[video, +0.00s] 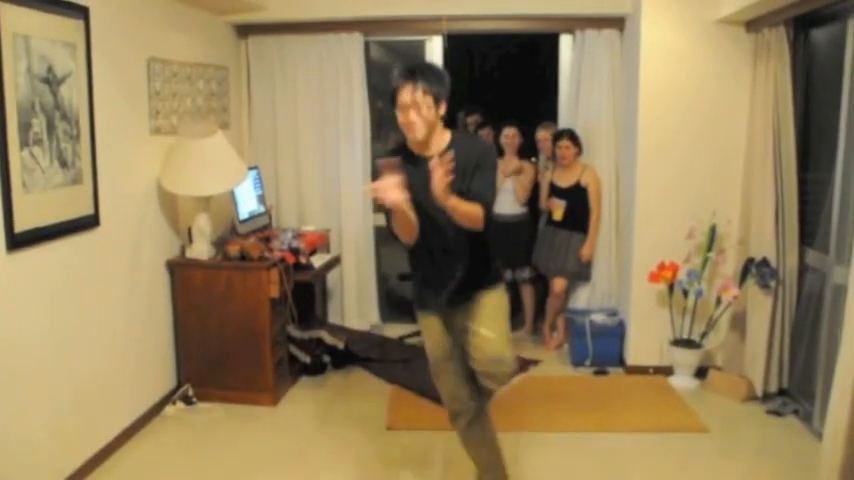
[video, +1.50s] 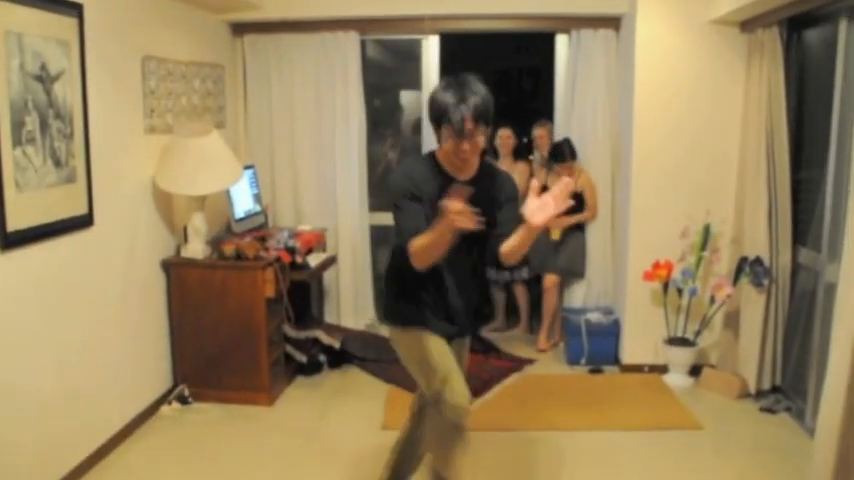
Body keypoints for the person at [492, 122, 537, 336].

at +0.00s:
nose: (509, 140)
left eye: (513, 136)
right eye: (506, 136)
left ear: (520, 140)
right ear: (500, 140)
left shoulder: (527, 167)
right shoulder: (495, 165)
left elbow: (523, 196)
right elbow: (491, 192)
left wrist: (515, 175)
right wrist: (501, 175)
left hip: (519, 218)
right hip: (497, 218)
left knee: (523, 274)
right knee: (500, 274)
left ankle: (528, 324)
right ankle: (500, 321)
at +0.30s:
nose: (507, 140)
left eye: (511, 136)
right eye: (503, 136)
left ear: (518, 140)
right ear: (497, 140)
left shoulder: (525, 167)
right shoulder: (489, 166)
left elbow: (522, 197)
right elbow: (485, 195)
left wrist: (513, 178)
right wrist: (501, 179)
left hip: (518, 220)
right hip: (496, 220)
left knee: (522, 276)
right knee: (500, 277)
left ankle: (527, 324)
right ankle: (501, 320)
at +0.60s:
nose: (506, 141)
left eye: (510, 137)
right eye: (502, 137)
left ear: (517, 140)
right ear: (497, 140)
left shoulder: (524, 167)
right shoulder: (490, 165)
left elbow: (520, 198)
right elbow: (483, 193)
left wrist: (513, 176)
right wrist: (502, 178)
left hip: (517, 220)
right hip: (495, 219)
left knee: (522, 276)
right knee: (499, 276)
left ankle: (526, 324)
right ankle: (500, 320)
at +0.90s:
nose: (504, 143)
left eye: (508, 139)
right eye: (500, 139)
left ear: (516, 142)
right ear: (495, 142)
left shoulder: (523, 167)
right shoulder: (489, 165)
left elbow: (520, 199)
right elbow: (485, 194)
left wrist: (510, 179)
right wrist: (501, 178)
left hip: (516, 220)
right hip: (494, 220)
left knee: (521, 276)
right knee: (499, 277)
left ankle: (525, 324)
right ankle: (500, 320)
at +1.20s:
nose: (505, 142)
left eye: (508, 137)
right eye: (501, 137)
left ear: (515, 140)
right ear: (494, 141)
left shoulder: (524, 166)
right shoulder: (489, 167)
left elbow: (518, 191)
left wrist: (510, 165)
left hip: (519, 228)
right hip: (497, 229)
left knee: (521, 277)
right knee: (500, 278)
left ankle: (525, 319)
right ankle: (501, 317)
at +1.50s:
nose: (504, 142)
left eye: (508, 137)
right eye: (500, 137)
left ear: (515, 141)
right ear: (495, 141)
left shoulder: (522, 167)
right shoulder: (491, 167)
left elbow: (522, 193)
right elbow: (487, 194)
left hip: (516, 222)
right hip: (493, 222)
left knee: (517, 275)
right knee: (496, 274)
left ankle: (523, 321)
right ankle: (499, 317)